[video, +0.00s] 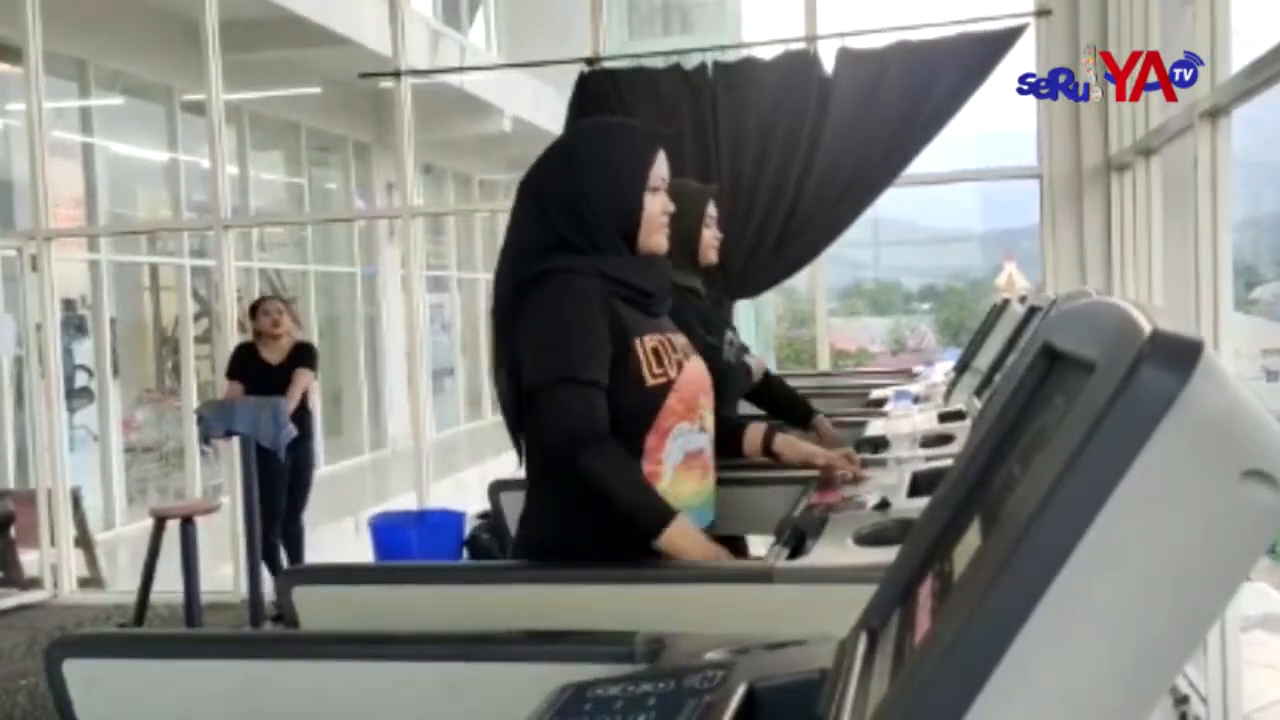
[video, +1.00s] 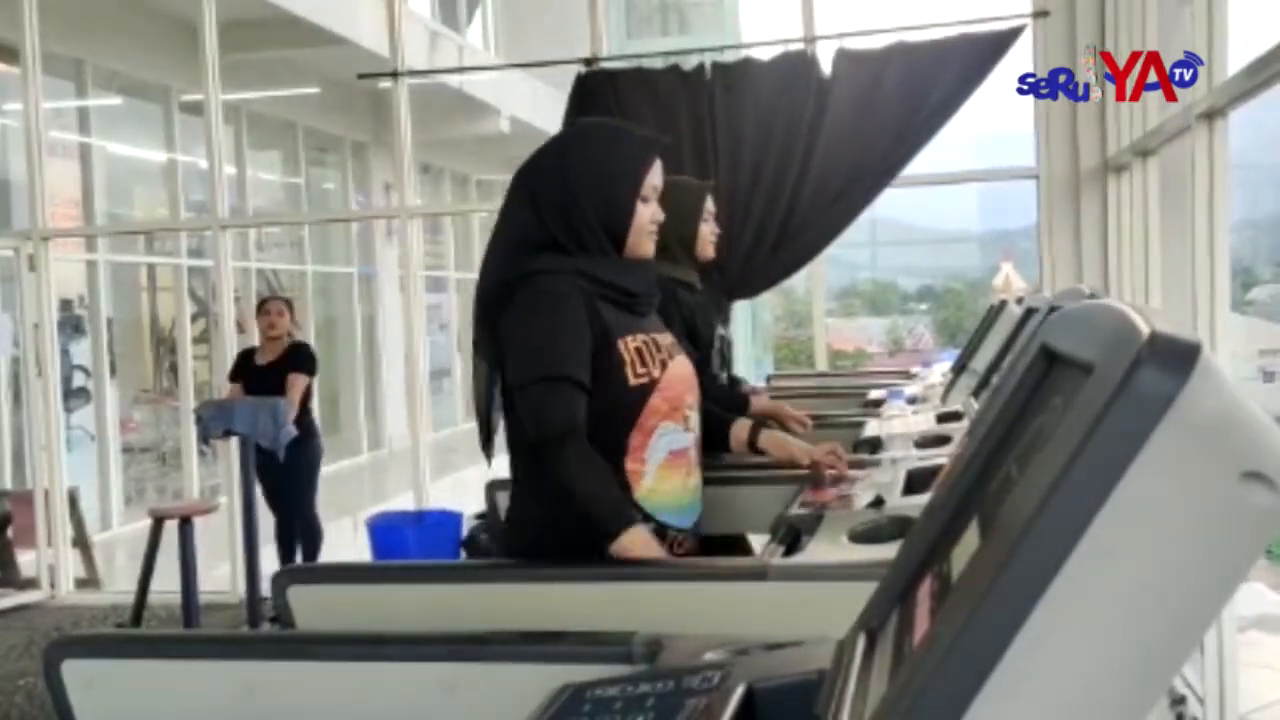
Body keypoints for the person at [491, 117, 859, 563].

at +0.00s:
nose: (669, 206)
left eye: (666, 190)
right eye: (655, 190)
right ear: (608, 193)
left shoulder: (638, 294)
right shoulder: (568, 296)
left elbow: (682, 418)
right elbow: (579, 450)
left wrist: (778, 444)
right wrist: (699, 550)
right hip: (596, 574)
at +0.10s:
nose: (671, 194)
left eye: (669, 178)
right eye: (656, 177)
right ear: (608, 180)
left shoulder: (637, 278)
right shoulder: (560, 280)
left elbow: (670, 415)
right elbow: (551, 434)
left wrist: (778, 443)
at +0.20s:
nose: (670, 195)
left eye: (668, 179)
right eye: (656, 179)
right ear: (608, 181)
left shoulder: (641, 283)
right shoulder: (553, 284)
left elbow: (668, 417)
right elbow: (524, 431)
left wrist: (774, 442)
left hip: (648, 548)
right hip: (579, 559)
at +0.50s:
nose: (665, 211)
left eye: (662, 195)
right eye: (651, 195)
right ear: (603, 198)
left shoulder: (633, 299)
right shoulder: (551, 309)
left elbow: (672, 425)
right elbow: (523, 464)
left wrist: (783, 452)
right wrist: (504, 589)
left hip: (658, 558)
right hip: (587, 572)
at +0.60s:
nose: (658, 207)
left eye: (656, 190)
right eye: (645, 189)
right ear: (597, 190)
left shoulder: (624, 288)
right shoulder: (552, 295)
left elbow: (672, 413)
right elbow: (548, 459)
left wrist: (794, 454)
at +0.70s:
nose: (655, 211)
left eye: (653, 195)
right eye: (643, 193)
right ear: (593, 191)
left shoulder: (610, 288)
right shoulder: (549, 293)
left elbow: (664, 411)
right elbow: (568, 450)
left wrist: (785, 453)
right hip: (566, 571)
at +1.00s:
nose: (659, 216)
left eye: (657, 200)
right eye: (646, 199)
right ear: (597, 196)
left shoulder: (628, 295)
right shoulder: (551, 298)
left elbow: (676, 411)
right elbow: (558, 448)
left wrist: (779, 446)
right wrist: (653, 558)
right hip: (587, 569)